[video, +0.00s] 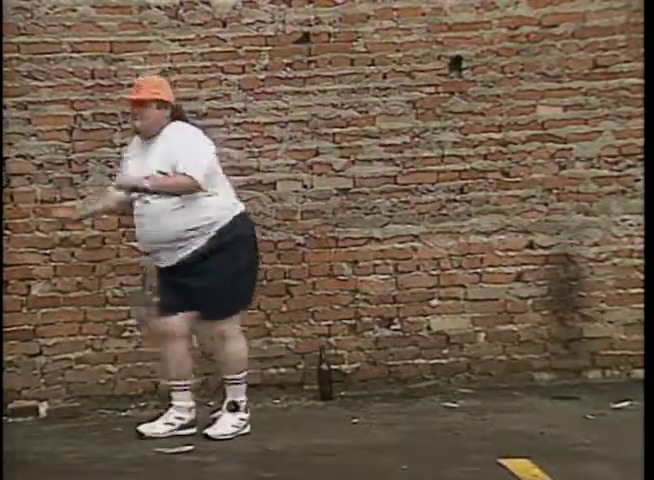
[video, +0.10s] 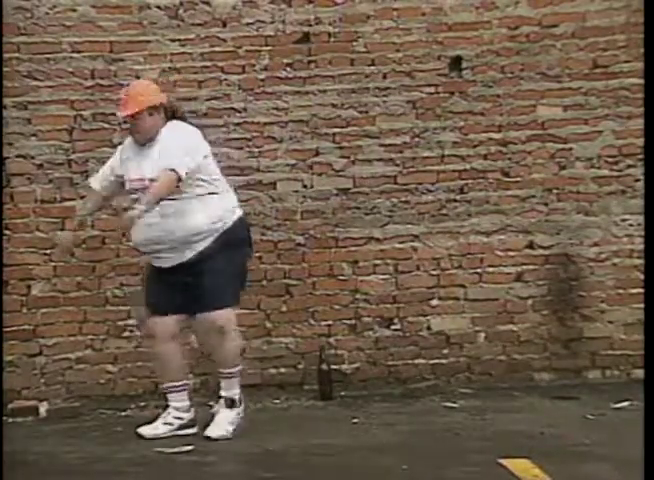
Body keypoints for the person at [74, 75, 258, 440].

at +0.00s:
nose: (136, 115)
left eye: (143, 108)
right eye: (134, 108)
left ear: (165, 109)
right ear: (133, 111)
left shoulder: (186, 137)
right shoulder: (136, 150)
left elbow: (193, 181)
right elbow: (130, 198)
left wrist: (138, 183)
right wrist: (88, 208)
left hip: (221, 243)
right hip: (175, 254)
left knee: (220, 328)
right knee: (172, 329)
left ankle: (237, 410)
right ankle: (182, 412)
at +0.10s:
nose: (131, 123)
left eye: (138, 116)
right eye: (127, 117)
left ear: (159, 111)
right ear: (125, 117)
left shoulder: (181, 136)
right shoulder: (127, 151)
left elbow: (170, 181)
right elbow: (97, 194)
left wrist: (138, 209)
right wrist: (70, 229)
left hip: (216, 240)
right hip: (168, 253)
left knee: (216, 321)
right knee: (161, 327)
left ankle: (231, 404)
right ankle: (180, 412)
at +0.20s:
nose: (133, 131)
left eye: (137, 123)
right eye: (129, 126)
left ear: (157, 112)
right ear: (129, 123)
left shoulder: (186, 132)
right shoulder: (130, 151)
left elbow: (181, 177)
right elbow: (102, 187)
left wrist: (154, 219)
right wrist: (84, 211)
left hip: (206, 245)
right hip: (154, 255)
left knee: (209, 314)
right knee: (156, 332)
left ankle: (228, 393)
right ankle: (178, 411)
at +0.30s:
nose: (141, 125)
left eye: (145, 118)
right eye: (138, 120)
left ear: (165, 106)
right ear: (138, 116)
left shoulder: (197, 126)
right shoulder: (136, 143)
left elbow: (204, 169)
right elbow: (115, 184)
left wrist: (186, 210)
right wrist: (103, 212)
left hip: (200, 242)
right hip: (147, 249)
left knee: (204, 318)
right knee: (157, 331)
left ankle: (222, 392)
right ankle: (178, 411)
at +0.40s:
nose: (150, 117)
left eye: (155, 109)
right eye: (146, 111)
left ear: (176, 100)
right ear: (145, 109)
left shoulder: (210, 129)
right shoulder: (148, 135)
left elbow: (229, 172)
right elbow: (144, 181)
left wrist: (214, 215)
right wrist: (133, 222)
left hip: (191, 242)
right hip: (141, 243)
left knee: (199, 329)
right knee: (148, 328)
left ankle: (217, 407)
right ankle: (173, 408)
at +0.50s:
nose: (156, 118)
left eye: (162, 110)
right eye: (154, 111)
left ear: (185, 107)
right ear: (157, 110)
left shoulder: (216, 137)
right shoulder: (158, 141)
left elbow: (250, 180)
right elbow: (166, 188)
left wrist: (231, 216)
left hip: (192, 248)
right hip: (140, 246)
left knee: (197, 335)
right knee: (143, 334)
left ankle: (216, 412)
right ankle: (174, 409)